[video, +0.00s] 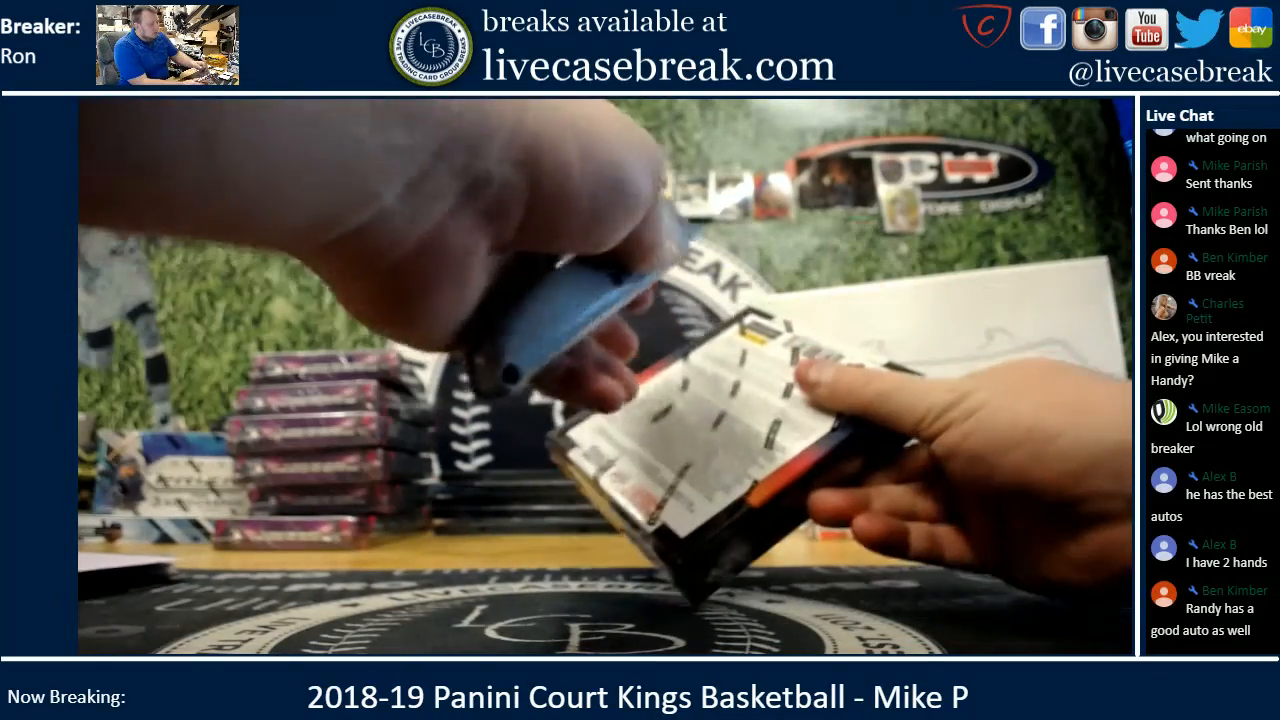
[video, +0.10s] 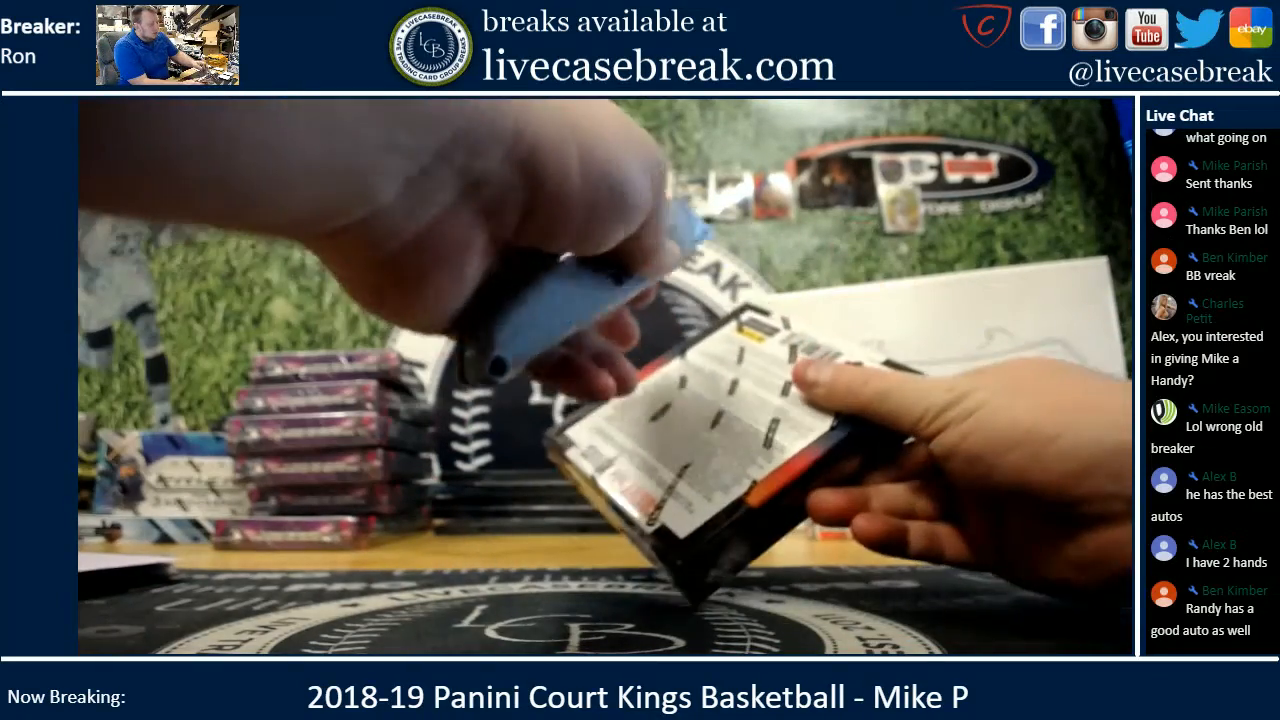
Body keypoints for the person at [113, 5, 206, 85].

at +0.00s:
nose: (157, 28)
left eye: (157, 22)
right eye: (151, 24)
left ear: (158, 21)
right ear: (137, 26)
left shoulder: (161, 37)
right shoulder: (124, 46)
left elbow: (177, 55)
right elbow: (141, 82)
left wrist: (194, 64)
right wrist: (183, 83)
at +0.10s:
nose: (156, 28)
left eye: (157, 22)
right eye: (151, 24)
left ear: (158, 21)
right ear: (137, 26)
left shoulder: (161, 38)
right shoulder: (124, 46)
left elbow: (177, 55)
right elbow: (141, 82)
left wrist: (193, 63)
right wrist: (182, 83)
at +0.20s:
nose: (157, 28)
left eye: (157, 22)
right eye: (151, 24)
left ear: (158, 21)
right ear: (137, 26)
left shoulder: (161, 38)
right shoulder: (124, 47)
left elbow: (177, 55)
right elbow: (141, 83)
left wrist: (193, 63)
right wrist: (182, 84)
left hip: (164, 94)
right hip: (137, 99)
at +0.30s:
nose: (156, 28)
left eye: (157, 22)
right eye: (151, 24)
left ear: (159, 21)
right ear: (137, 26)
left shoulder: (161, 38)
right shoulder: (124, 47)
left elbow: (177, 55)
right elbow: (141, 83)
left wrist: (194, 63)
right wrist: (183, 83)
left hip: (164, 93)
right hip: (137, 98)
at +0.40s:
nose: (156, 28)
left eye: (157, 22)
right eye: (150, 24)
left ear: (158, 21)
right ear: (136, 26)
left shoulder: (161, 38)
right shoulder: (124, 47)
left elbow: (178, 54)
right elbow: (141, 83)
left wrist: (195, 61)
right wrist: (183, 83)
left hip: (164, 93)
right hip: (137, 98)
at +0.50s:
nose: (156, 28)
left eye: (156, 22)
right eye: (150, 24)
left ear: (158, 21)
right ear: (136, 27)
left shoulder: (161, 38)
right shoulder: (124, 47)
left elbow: (179, 54)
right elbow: (141, 83)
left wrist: (195, 61)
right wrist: (183, 83)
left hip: (164, 93)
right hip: (137, 99)